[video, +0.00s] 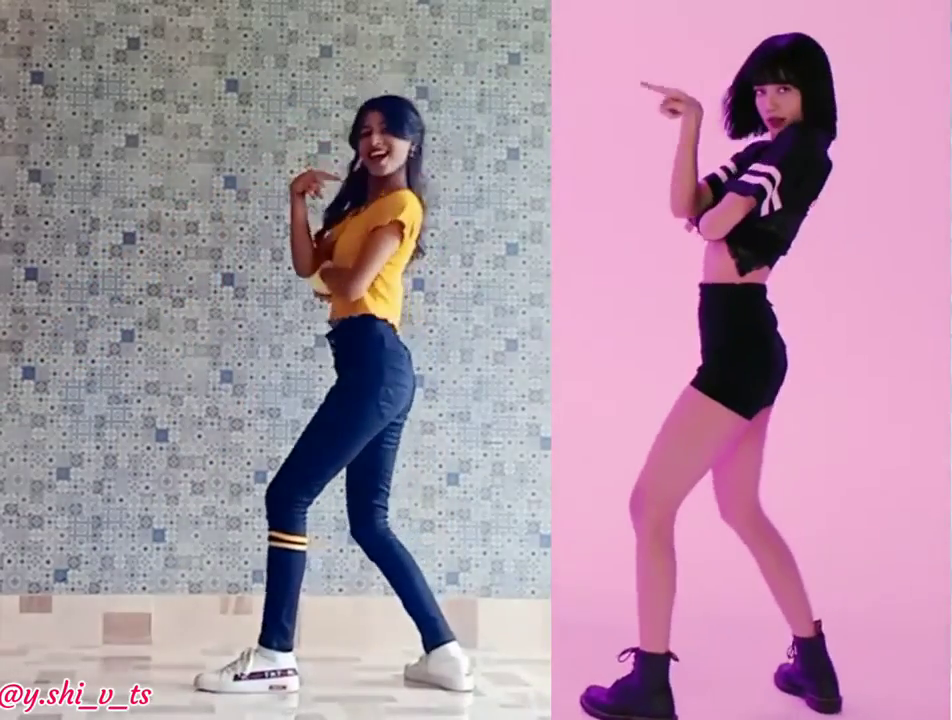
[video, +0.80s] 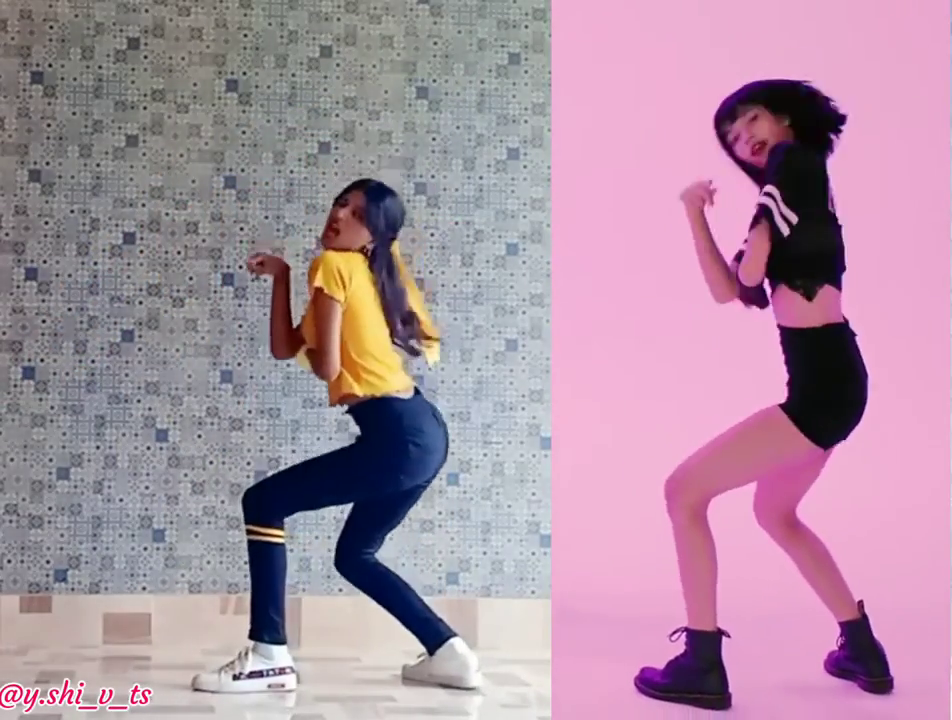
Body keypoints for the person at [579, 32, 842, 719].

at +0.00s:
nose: (772, 95)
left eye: (785, 84)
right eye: (763, 85)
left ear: (813, 91)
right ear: (753, 92)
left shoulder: (791, 150)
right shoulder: (770, 150)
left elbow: (715, 227)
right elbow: (685, 206)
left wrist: (721, 195)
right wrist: (690, 119)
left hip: (736, 351)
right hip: (750, 348)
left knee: (650, 504)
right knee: (741, 508)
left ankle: (650, 681)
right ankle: (812, 658)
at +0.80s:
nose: (743, 137)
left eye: (750, 120)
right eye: (734, 135)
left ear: (785, 115)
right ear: (738, 150)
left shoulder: (795, 165)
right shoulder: (782, 191)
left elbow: (755, 272)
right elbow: (728, 289)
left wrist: (746, 265)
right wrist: (694, 214)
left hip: (821, 388)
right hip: (834, 381)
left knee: (685, 492)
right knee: (776, 512)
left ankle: (701, 662)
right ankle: (862, 647)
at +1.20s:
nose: (678, 219)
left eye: (671, 204)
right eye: (669, 224)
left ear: (691, 186)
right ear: (678, 233)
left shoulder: (731, 219)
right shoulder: (739, 242)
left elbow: (744, 330)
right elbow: (717, 344)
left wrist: (710, 272)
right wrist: (679, 283)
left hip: (858, 383)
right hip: (882, 382)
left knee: (746, 489)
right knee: (806, 504)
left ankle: (720, 655)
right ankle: (876, 641)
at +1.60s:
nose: (710, 190)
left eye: (708, 174)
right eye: (697, 194)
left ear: (731, 162)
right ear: (704, 206)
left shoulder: (767, 201)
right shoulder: (755, 225)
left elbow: (748, 308)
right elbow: (721, 317)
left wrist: (726, 261)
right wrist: (693, 252)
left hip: (849, 387)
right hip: (859, 384)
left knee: (732, 490)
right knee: (801, 515)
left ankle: (737, 652)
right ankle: (887, 639)